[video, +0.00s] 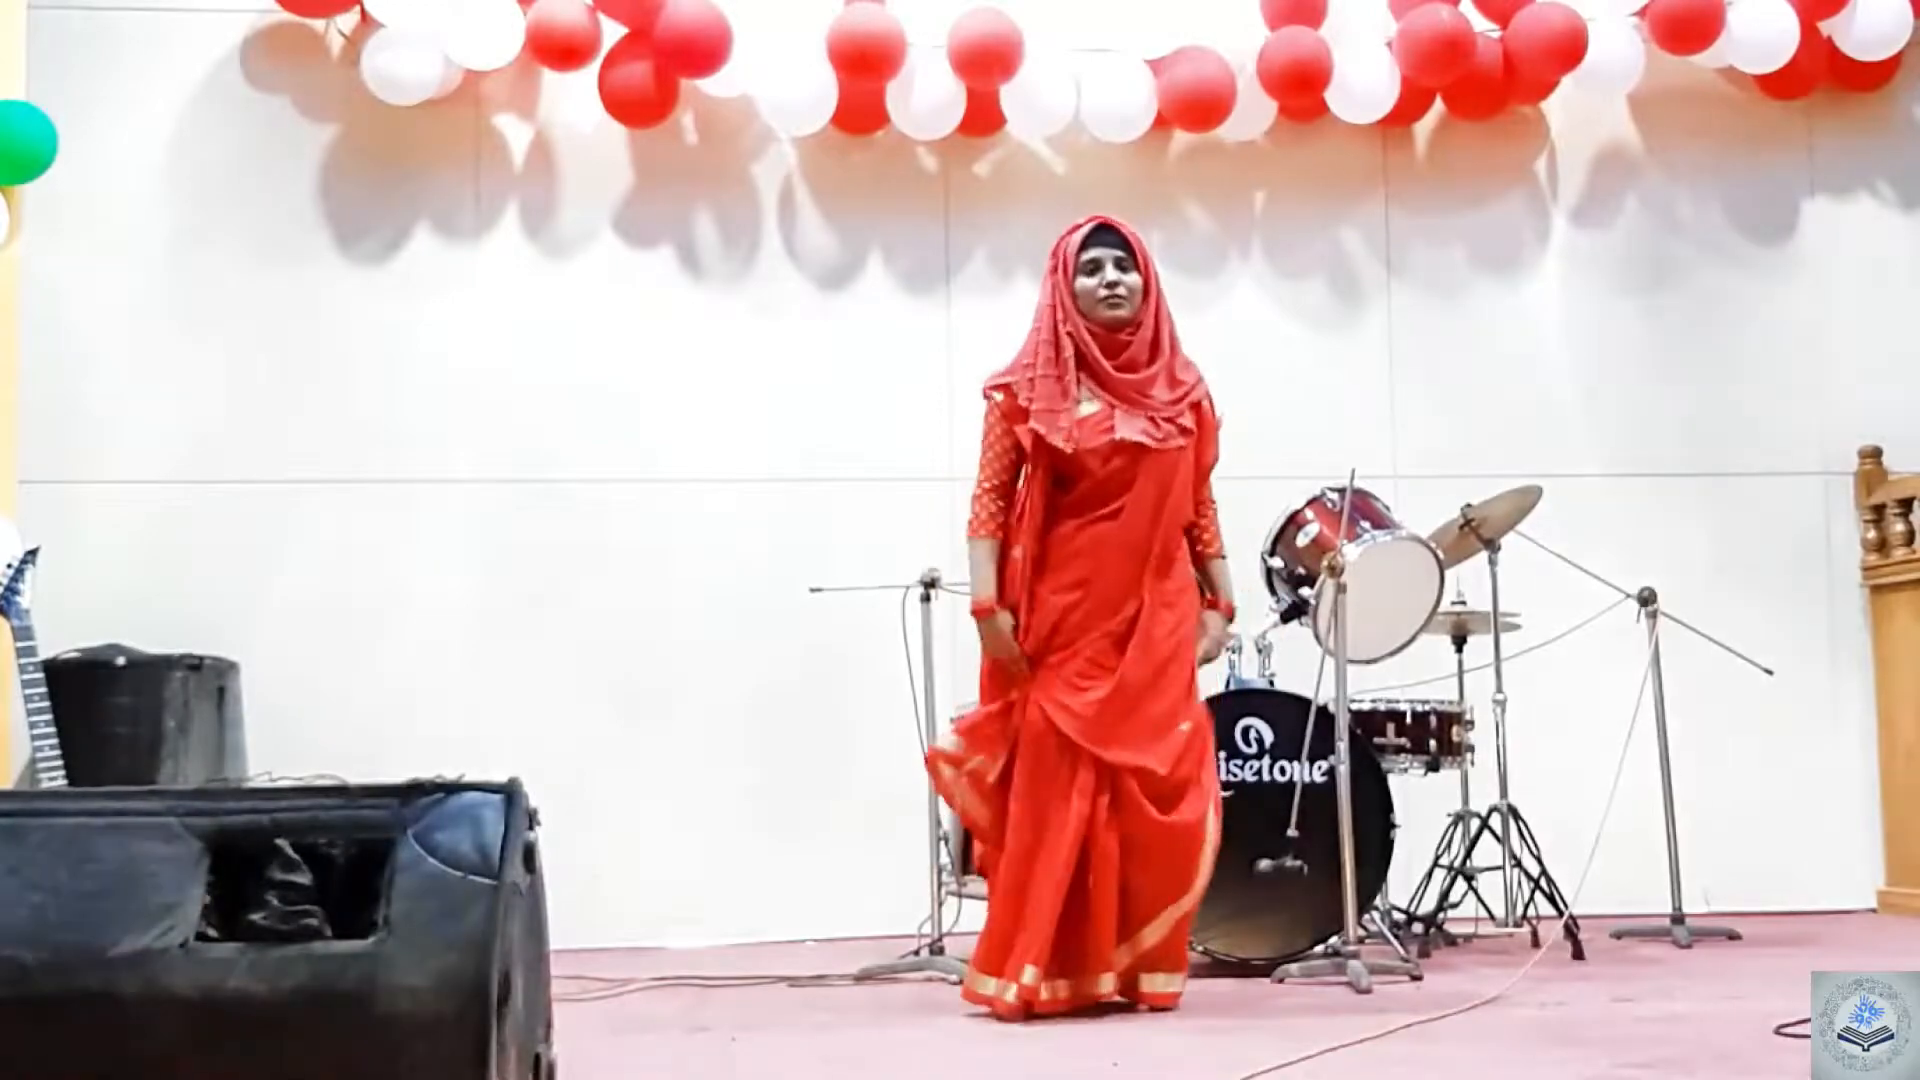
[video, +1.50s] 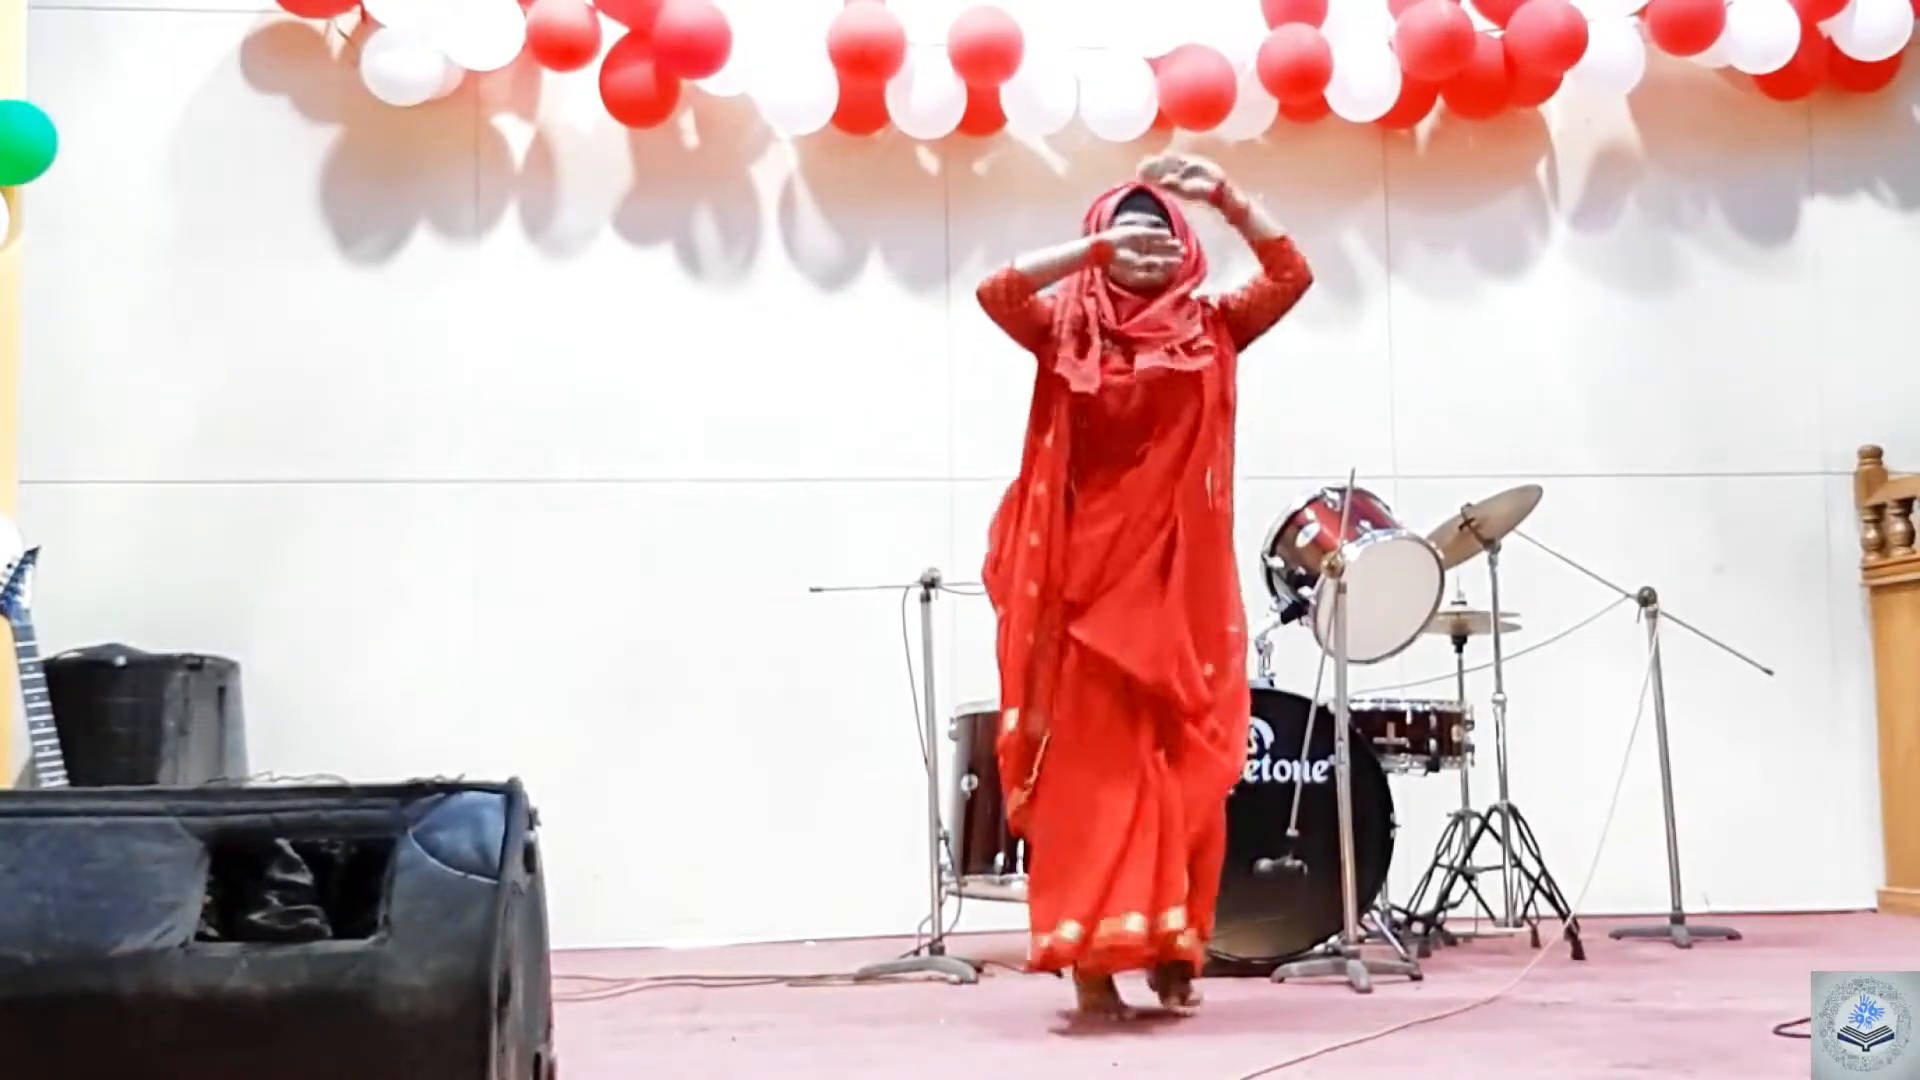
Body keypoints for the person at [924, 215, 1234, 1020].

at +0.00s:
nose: (1110, 279)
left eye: (1123, 268)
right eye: (1093, 270)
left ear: (1146, 284)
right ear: (1064, 290)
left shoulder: (1182, 393)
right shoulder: (1028, 391)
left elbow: (1199, 506)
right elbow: (990, 505)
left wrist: (1221, 597)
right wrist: (987, 611)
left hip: (1158, 619)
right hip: (1061, 620)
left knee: (1156, 789)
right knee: (1059, 789)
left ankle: (1136, 965)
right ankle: (1048, 968)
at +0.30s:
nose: (1128, 290)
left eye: (1140, 277)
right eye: (1111, 278)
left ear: (1161, 291)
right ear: (1083, 295)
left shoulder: (1197, 400)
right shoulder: (1044, 395)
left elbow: (1213, 522)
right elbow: (1011, 498)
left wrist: (1260, 617)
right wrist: (989, 543)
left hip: (1184, 628)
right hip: (1088, 626)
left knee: (1197, 791)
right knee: (1101, 783)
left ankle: (1156, 966)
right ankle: (1086, 969)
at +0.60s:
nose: (1134, 264)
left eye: (1145, 251)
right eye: (1115, 256)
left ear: (1170, 264)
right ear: (1089, 277)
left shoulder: (1213, 372)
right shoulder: (1060, 368)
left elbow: (1246, 469)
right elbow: (997, 449)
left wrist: (1316, 515)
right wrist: (924, 392)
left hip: (1177, 610)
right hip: (1084, 609)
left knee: (1182, 779)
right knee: (1105, 778)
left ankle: (1149, 963)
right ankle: (1081, 963)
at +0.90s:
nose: (1115, 233)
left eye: (1130, 224)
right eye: (1098, 229)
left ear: (1158, 250)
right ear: (1076, 259)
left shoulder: (1204, 346)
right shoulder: (1057, 339)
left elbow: (1242, 454)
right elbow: (972, 297)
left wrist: (1294, 539)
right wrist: (1010, 196)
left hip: (1185, 595)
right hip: (1085, 596)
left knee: (1185, 774)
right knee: (1092, 772)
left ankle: (1150, 951)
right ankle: (1096, 967)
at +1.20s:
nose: (1139, 298)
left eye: (1154, 284)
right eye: (1121, 288)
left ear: (1181, 298)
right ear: (1097, 306)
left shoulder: (1219, 394)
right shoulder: (1070, 382)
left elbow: (1321, 399)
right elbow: (1002, 339)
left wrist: (1366, 313)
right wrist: (1077, 284)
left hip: (1197, 612)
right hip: (1098, 612)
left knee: (1193, 777)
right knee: (1111, 763)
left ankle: (1160, 970)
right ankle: (1093, 966)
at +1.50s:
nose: (1147, 243)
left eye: (1163, 234)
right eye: (1129, 231)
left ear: (1187, 254)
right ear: (1103, 251)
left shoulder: (1211, 326)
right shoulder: (1070, 323)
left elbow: (1289, 275)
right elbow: (995, 293)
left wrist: (1230, 199)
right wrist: (1087, 252)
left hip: (1184, 577)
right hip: (1085, 574)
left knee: (1189, 759)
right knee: (1089, 760)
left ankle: (1178, 944)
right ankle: (1091, 974)